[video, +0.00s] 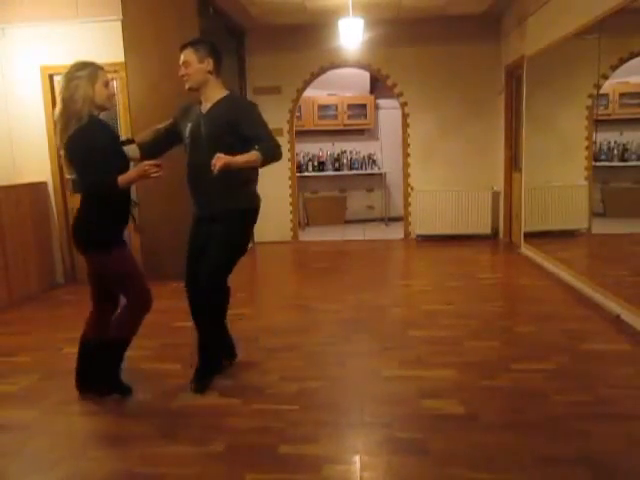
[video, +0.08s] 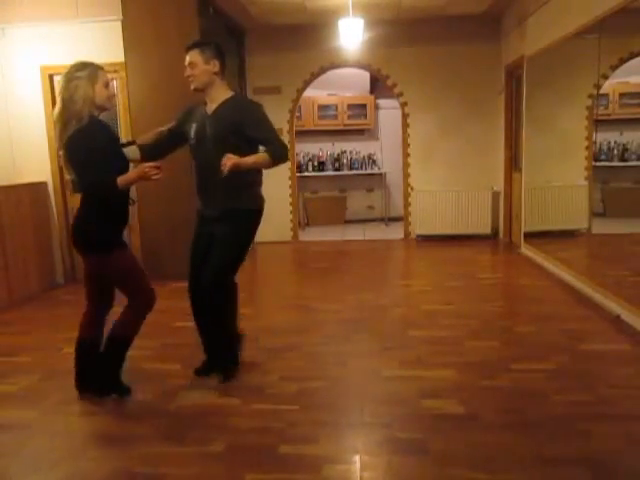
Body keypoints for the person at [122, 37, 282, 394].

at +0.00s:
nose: (181, 72)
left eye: (187, 65)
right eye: (180, 66)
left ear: (209, 65)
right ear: (197, 69)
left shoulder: (237, 106)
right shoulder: (190, 112)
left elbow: (272, 150)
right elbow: (155, 145)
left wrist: (235, 160)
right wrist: (114, 149)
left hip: (237, 211)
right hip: (205, 211)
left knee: (209, 281)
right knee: (195, 282)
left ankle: (207, 364)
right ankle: (221, 346)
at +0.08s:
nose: (187, 73)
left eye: (192, 66)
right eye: (186, 67)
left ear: (214, 67)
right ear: (202, 70)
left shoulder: (243, 108)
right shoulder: (194, 113)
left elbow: (280, 152)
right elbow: (161, 145)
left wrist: (244, 161)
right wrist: (122, 151)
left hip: (241, 209)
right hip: (210, 209)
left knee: (217, 278)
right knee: (197, 282)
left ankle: (227, 356)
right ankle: (214, 354)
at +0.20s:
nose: (198, 73)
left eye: (204, 66)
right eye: (197, 68)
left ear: (227, 67)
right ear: (210, 72)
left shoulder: (257, 109)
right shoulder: (203, 117)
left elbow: (295, 153)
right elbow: (165, 153)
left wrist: (270, 162)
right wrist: (122, 157)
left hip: (252, 209)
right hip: (219, 210)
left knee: (238, 283)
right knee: (210, 288)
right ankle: (221, 354)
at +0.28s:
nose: (205, 72)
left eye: (211, 65)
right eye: (204, 67)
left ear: (232, 67)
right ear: (219, 71)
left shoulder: (263, 108)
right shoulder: (209, 118)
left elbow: (303, 151)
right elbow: (172, 155)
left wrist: (289, 160)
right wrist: (129, 158)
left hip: (259, 212)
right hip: (225, 213)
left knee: (257, 292)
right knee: (217, 291)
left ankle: (290, 334)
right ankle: (222, 355)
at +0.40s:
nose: (218, 71)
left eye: (224, 64)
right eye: (217, 65)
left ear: (247, 65)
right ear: (219, 71)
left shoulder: (278, 106)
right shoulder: (222, 115)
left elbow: (317, 148)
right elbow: (192, 159)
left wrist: (318, 159)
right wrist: (151, 160)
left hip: (279, 210)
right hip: (240, 212)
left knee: (284, 285)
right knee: (231, 287)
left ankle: (292, 338)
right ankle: (223, 356)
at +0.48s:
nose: (225, 70)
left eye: (232, 63)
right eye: (224, 65)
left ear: (253, 65)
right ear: (225, 69)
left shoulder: (284, 105)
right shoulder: (228, 111)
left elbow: (314, 136)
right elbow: (206, 158)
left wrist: (327, 156)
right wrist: (177, 160)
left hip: (286, 208)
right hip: (246, 210)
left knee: (292, 281)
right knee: (235, 283)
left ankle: (293, 338)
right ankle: (223, 350)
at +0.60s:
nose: (240, 70)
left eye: (246, 63)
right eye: (237, 65)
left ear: (266, 64)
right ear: (237, 70)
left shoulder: (294, 105)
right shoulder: (237, 110)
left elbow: (319, 138)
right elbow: (224, 156)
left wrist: (333, 159)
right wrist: (210, 159)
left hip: (294, 204)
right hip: (254, 207)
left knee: (299, 279)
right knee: (251, 277)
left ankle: (296, 342)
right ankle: (238, 327)